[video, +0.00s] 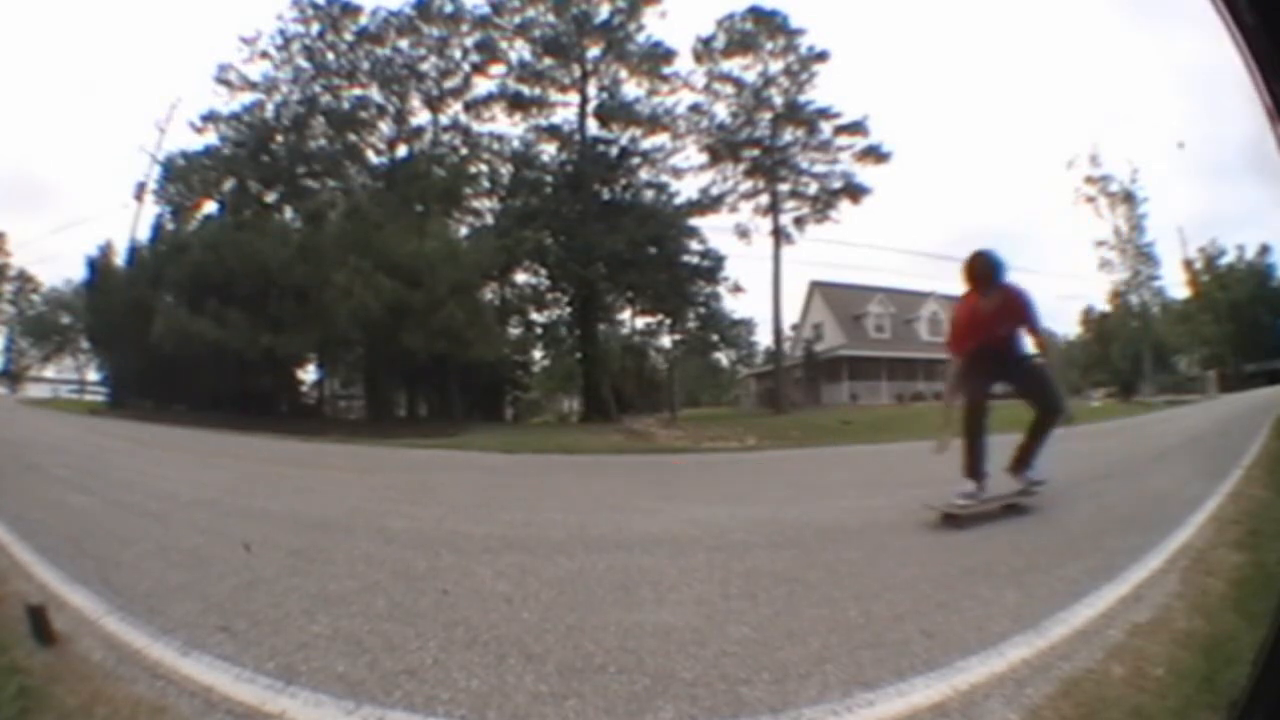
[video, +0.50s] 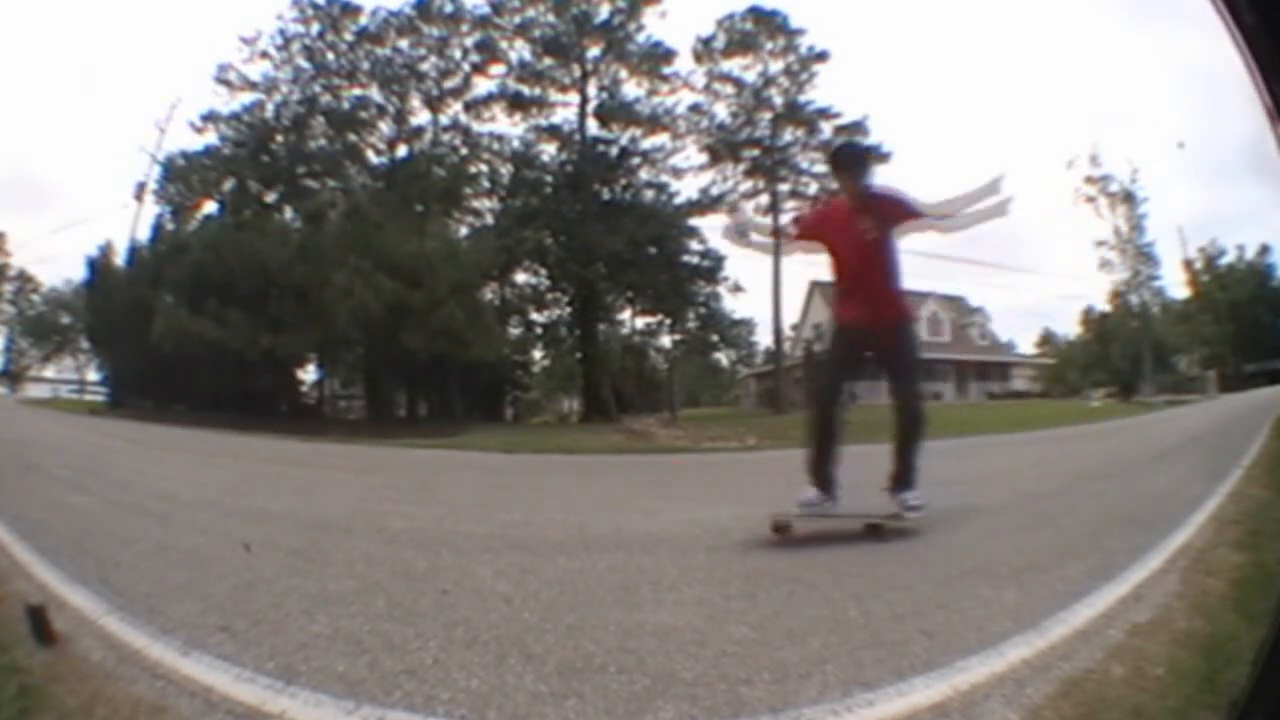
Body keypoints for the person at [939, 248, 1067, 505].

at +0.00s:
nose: (980, 287)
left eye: (985, 280)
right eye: (975, 280)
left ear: (996, 276)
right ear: (970, 279)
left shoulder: (1012, 298)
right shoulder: (965, 307)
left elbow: (1032, 326)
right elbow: (958, 351)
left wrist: (1041, 345)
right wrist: (952, 388)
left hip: (1010, 357)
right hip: (978, 361)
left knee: (1050, 406)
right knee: (974, 408)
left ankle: (1020, 467)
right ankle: (975, 479)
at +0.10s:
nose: (959, 303)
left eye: (964, 296)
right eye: (953, 296)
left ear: (974, 287)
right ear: (946, 290)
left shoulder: (991, 307)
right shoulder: (940, 317)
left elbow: (1011, 333)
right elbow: (932, 357)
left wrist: (1021, 354)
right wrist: (935, 383)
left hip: (989, 369)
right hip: (955, 373)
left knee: (1033, 417)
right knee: (951, 418)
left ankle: (1004, 471)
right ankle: (954, 483)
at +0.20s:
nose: (929, 290)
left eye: (934, 282)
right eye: (923, 283)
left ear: (946, 279)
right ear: (918, 282)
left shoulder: (967, 305)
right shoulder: (915, 316)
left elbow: (991, 343)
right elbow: (907, 364)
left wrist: (1005, 375)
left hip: (969, 375)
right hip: (933, 377)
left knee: (1009, 424)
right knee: (924, 419)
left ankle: (983, 475)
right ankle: (928, 487)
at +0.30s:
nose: (908, 277)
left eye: (914, 268)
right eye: (901, 269)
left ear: (925, 262)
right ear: (894, 267)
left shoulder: (943, 291)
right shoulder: (890, 299)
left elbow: (970, 330)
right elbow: (874, 337)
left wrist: (989, 363)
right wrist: (881, 367)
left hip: (947, 370)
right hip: (909, 371)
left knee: (978, 427)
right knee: (895, 424)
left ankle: (959, 480)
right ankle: (900, 491)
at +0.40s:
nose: (882, 233)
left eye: (887, 224)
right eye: (875, 225)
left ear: (897, 222)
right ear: (867, 225)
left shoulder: (918, 258)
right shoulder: (859, 266)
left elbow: (947, 294)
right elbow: (836, 309)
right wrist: (857, 336)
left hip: (922, 352)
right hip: (882, 353)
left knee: (942, 420)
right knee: (868, 419)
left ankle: (932, 484)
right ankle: (863, 494)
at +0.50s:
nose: (854, 183)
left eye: (859, 175)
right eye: (846, 177)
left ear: (868, 172)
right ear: (835, 176)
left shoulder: (883, 205)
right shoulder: (826, 216)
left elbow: (940, 216)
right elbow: (784, 242)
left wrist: (987, 196)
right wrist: (746, 235)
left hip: (891, 321)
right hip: (850, 324)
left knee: (909, 402)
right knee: (825, 399)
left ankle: (903, 488)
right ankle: (823, 489)